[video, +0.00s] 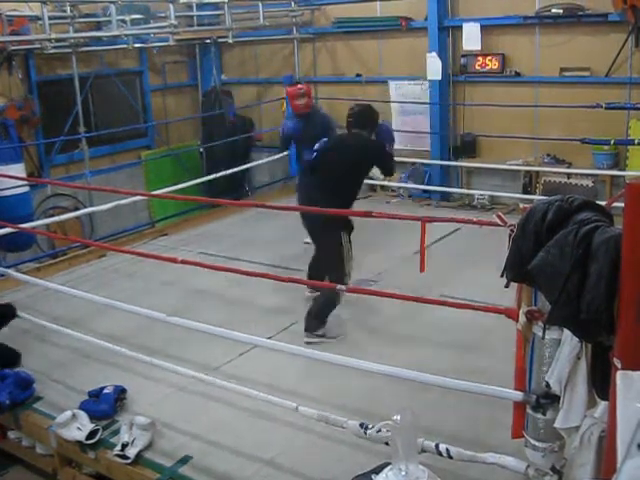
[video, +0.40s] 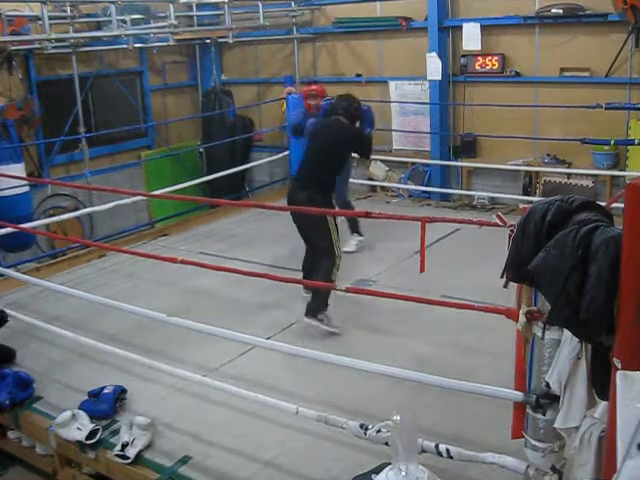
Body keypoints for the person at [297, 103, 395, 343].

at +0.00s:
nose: (376, 128)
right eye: (375, 125)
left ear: (350, 122)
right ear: (373, 126)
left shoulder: (335, 141)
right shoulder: (372, 147)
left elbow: (312, 167)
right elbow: (389, 170)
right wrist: (385, 147)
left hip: (308, 205)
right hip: (332, 211)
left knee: (324, 247)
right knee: (338, 275)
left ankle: (314, 283)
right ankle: (313, 327)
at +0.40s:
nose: (357, 121)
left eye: (356, 116)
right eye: (356, 117)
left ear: (335, 111)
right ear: (351, 116)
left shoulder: (319, 126)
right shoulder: (346, 132)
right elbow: (365, 150)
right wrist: (363, 130)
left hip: (297, 195)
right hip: (317, 199)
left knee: (314, 245)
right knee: (330, 254)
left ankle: (309, 284)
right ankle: (316, 311)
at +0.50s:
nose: (355, 117)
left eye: (354, 112)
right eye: (354, 113)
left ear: (332, 108)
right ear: (349, 113)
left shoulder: (315, 123)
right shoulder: (347, 131)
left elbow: (303, 126)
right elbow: (360, 150)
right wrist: (357, 128)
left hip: (295, 192)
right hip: (316, 196)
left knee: (312, 246)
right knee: (328, 250)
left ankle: (308, 299)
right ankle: (312, 303)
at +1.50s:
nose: (329, 115)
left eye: (328, 112)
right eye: (327, 112)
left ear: (309, 110)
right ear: (319, 113)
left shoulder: (302, 123)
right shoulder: (305, 128)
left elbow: (325, 144)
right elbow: (328, 146)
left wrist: (337, 123)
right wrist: (336, 125)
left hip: (292, 192)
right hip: (277, 193)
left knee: (313, 229)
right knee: (275, 243)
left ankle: (317, 270)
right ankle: (241, 279)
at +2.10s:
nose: (318, 133)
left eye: (320, 129)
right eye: (316, 129)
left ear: (296, 125)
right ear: (306, 131)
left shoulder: (284, 134)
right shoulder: (291, 149)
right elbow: (321, 163)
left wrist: (322, 130)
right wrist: (332, 142)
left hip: (281, 200)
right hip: (263, 207)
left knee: (307, 243)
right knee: (280, 257)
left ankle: (312, 282)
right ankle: (241, 276)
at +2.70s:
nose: (335, 133)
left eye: (336, 129)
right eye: (334, 129)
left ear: (313, 124)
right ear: (325, 128)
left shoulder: (308, 141)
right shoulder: (308, 145)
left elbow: (337, 164)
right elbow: (340, 166)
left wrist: (346, 140)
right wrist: (350, 143)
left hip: (291, 213)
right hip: (280, 215)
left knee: (318, 248)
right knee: (277, 274)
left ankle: (328, 285)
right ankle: (244, 324)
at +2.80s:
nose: (345, 118)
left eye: (345, 115)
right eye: (343, 114)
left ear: (323, 111)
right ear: (336, 115)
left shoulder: (321, 131)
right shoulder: (318, 133)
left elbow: (342, 154)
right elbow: (344, 157)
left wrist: (355, 136)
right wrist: (362, 139)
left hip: (303, 202)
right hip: (289, 203)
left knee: (322, 243)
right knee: (287, 256)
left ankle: (328, 283)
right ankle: (257, 305)